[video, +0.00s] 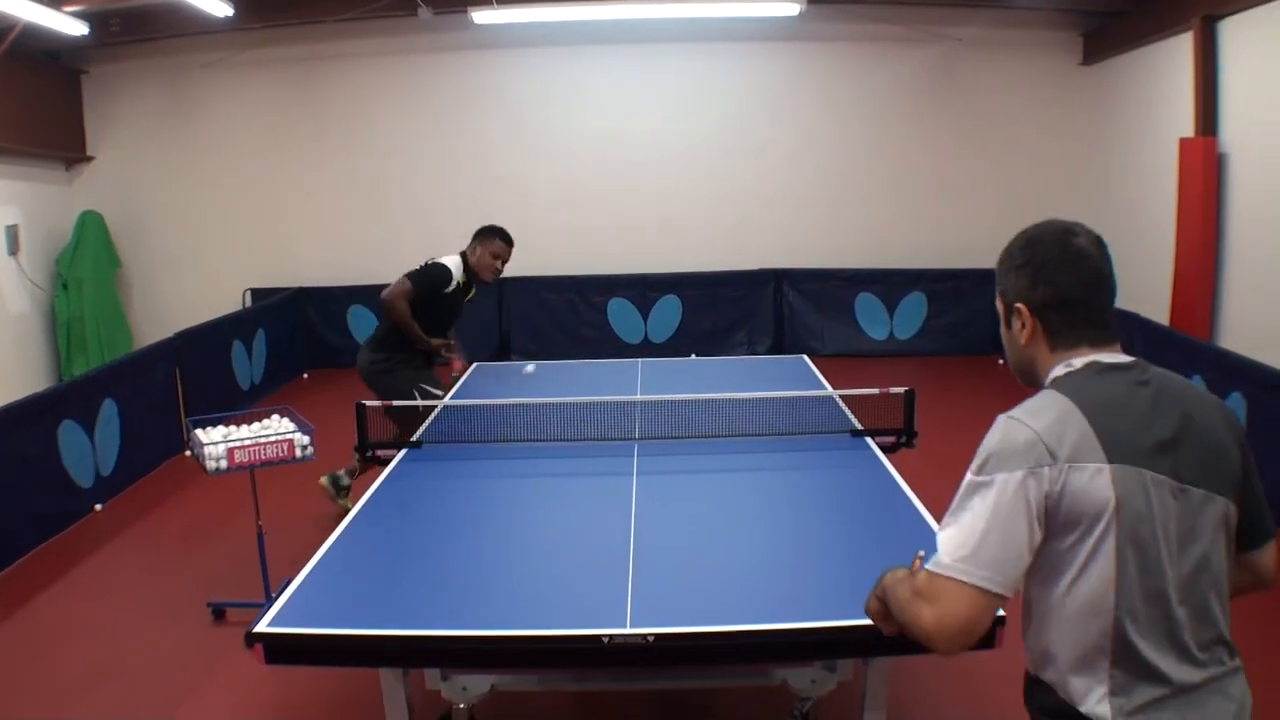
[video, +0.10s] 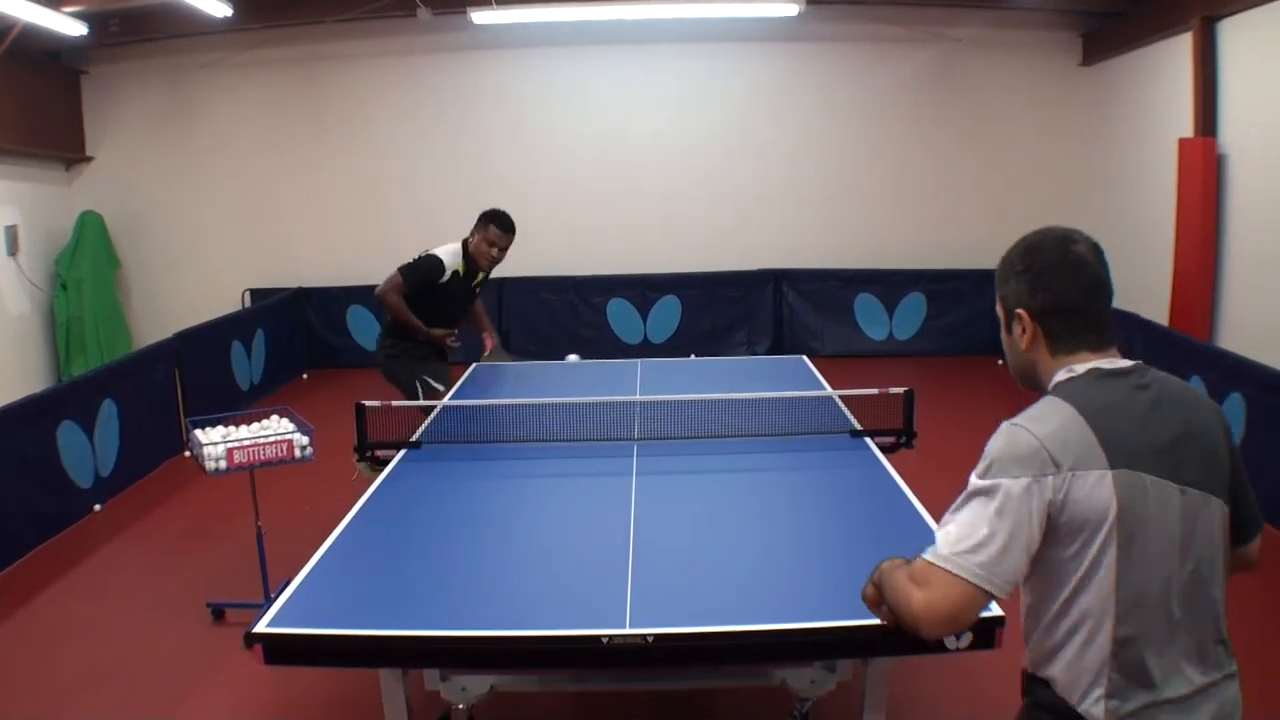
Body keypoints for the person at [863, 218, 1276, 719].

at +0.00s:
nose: (1001, 336)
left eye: (1000, 319)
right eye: (1000, 319)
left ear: (1024, 322)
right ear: (1103, 306)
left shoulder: (1036, 433)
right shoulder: (1212, 415)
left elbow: (948, 625)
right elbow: (1259, 564)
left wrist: (895, 583)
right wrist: (1160, 588)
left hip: (1095, 709)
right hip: (1222, 702)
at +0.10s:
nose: (1002, 342)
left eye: (1001, 326)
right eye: (1000, 325)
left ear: (1024, 328)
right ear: (1100, 310)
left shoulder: (1038, 440)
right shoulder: (1201, 412)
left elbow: (935, 611)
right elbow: (1245, 548)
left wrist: (890, 570)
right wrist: (1144, 561)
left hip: (1087, 707)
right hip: (1213, 700)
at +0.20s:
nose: (988, 348)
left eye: (987, 330)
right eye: (987, 331)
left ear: (1007, 331)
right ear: (1081, 313)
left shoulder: (1021, 432)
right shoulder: (1175, 406)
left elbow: (893, 580)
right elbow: (1221, 524)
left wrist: (871, 548)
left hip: (1067, 702)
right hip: (1190, 700)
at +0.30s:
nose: (947, 343)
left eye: (947, 327)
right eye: (947, 328)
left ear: (964, 326)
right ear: (1037, 312)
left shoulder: (971, 414)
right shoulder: (1130, 395)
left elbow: (824, 538)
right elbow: (1184, 508)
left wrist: (879, 539)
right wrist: (1089, 520)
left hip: (1030, 692)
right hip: (1150, 688)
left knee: (932, 704)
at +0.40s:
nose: (897, 359)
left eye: (897, 346)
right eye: (898, 347)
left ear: (910, 346)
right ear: (987, 340)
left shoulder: (888, 431)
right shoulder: (1073, 414)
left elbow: (747, 526)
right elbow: (1160, 526)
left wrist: (819, 527)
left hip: (957, 701)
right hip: (1085, 699)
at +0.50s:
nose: (847, 384)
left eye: (848, 376)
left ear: (855, 386)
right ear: (941, 381)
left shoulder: (821, 466)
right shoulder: (1014, 448)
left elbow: (708, 528)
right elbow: (1127, 553)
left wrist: (789, 511)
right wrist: (1131, 585)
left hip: (879, 705)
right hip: (1014, 705)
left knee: (817, 686)